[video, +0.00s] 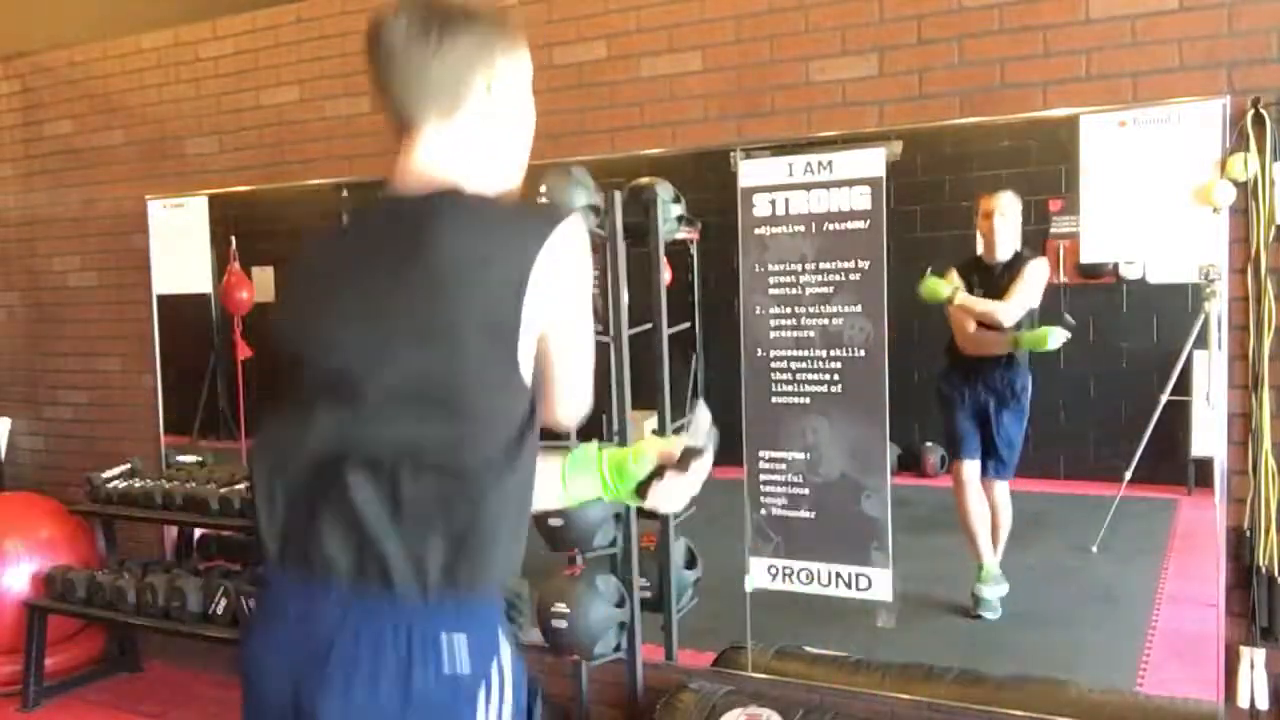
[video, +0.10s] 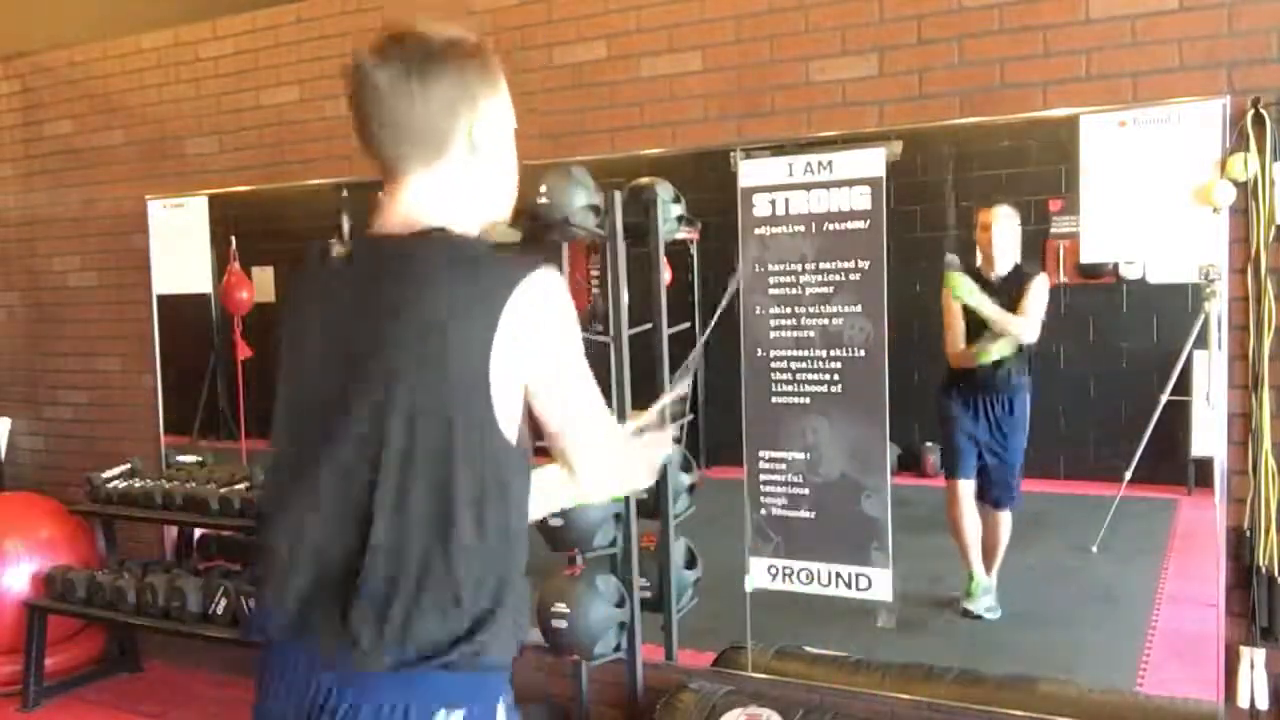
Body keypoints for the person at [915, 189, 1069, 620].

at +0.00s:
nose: (991, 223)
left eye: (1000, 216)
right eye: (985, 215)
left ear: (1017, 223)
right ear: (977, 222)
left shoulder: (1034, 267)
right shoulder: (958, 273)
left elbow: (1007, 314)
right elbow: (968, 341)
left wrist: (956, 295)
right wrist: (1019, 341)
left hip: (1007, 380)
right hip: (962, 380)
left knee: (995, 482)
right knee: (965, 473)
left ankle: (991, 575)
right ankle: (987, 570)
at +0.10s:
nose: (988, 236)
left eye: (996, 228)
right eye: (983, 228)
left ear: (1015, 234)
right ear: (975, 233)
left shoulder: (1033, 281)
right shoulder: (958, 281)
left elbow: (1027, 332)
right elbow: (955, 354)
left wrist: (976, 300)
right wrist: (990, 348)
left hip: (1009, 397)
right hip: (963, 395)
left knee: (999, 495)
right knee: (959, 486)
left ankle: (989, 585)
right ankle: (976, 579)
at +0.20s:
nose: (982, 209)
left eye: (991, 201)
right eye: (978, 201)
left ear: (1009, 208)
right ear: (970, 208)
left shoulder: (1033, 260)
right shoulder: (952, 263)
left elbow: (1051, 331)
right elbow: (938, 326)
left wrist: (1027, 332)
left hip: (1010, 374)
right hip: (963, 373)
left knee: (999, 476)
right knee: (962, 467)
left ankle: (993, 573)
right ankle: (977, 549)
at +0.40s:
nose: (979, 224)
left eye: (988, 217)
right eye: (974, 216)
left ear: (1006, 224)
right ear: (965, 223)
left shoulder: (1029, 274)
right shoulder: (947, 275)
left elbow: (1056, 331)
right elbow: (933, 332)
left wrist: (1096, 338)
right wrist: (894, 347)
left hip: (1017, 387)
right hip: (967, 388)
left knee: (1008, 493)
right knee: (972, 493)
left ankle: (988, 495)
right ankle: (986, 586)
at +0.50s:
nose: (979, 233)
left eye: (988, 226)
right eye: (974, 225)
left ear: (1007, 233)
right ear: (964, 233)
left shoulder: (1029, 283)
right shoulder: (946, 285)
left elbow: (1052, 338)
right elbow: (928, 339)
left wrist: (1087, 343)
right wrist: (896, 347)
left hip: (1018, 398)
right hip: (969, 401)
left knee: (1010, 499)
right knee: (973, 504)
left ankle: (1006, 507)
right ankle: (991, 589)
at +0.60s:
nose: (983, 208)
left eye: (992, 200)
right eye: (977, 200)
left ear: (1009, 209)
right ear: (966, 208)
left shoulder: (1030, 259)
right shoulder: (947, 261)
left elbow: (1053, 320)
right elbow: (932, 321)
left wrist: (1087, 348)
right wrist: (896, 358)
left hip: (1020, 376)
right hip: (970, 378)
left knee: (1014, 478)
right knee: (978, 487)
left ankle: (1015, 524)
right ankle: (988, 580)